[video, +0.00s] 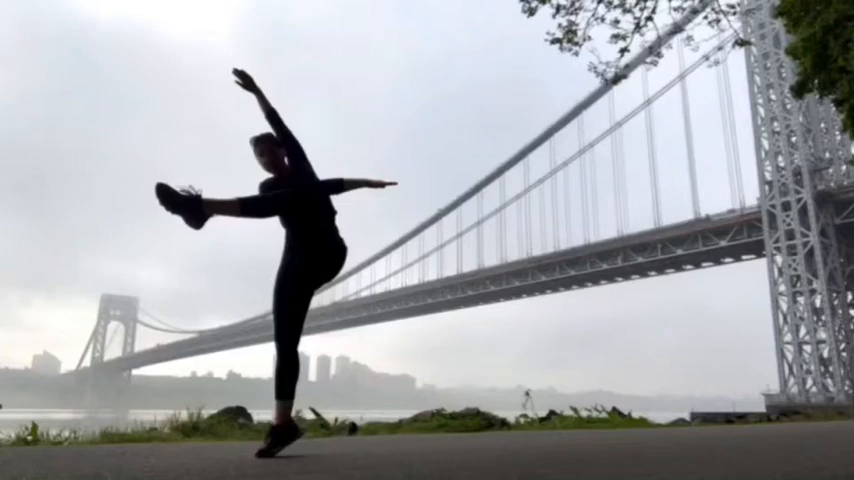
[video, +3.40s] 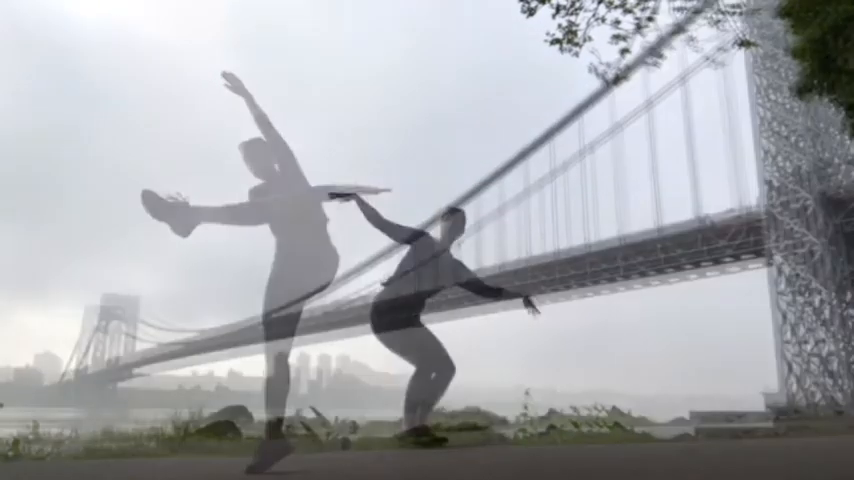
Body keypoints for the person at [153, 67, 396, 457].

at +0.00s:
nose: (264, 159)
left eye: (268, 153)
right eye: (260, 156)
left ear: (283, 150)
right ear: (258, 160)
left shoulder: (301, 170)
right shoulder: (270, 191)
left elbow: (283, 130)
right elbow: (326, 187)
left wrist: (257, 91)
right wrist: (368, 183)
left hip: (327, 252)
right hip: (297, 261)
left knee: (284, 200)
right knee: (286, 341)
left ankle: (204, 208)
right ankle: (283, 422)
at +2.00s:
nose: (257, 162)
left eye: (262, 155)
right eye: (253, 159)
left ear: (277, 153)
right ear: (252, 163)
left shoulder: (295, 173)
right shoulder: (264, 193)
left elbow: (276, 131)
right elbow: (319, 191)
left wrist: (251, 93)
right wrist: (362, 187)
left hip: (322, 257)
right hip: (292, 266)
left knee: (279, 204)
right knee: (280, 348)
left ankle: (197, 212)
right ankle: (277, 432)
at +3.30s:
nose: (253, 164)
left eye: (257, 157)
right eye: (248, 160)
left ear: (272, 154)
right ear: (248, 165)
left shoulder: (292, 174)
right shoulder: (261, 198)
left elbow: (273, 133)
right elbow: (317, 193)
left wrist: (246, 94)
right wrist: (354, 190)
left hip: (319, 263)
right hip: (287, 273)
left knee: (274, 206)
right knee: (277, 354)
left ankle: (192, 215)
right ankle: (274, 436)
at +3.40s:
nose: (253, 165)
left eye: (256, 157)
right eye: (249, 161)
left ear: (271, 152)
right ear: (250, 163)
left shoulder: (291, 175)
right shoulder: (261, 196)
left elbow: (270, 131)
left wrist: (246, 95)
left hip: (312, 261)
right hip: (291, 270)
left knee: (270, 205)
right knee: (277, 353)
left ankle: (192, 215)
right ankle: (274, 437)